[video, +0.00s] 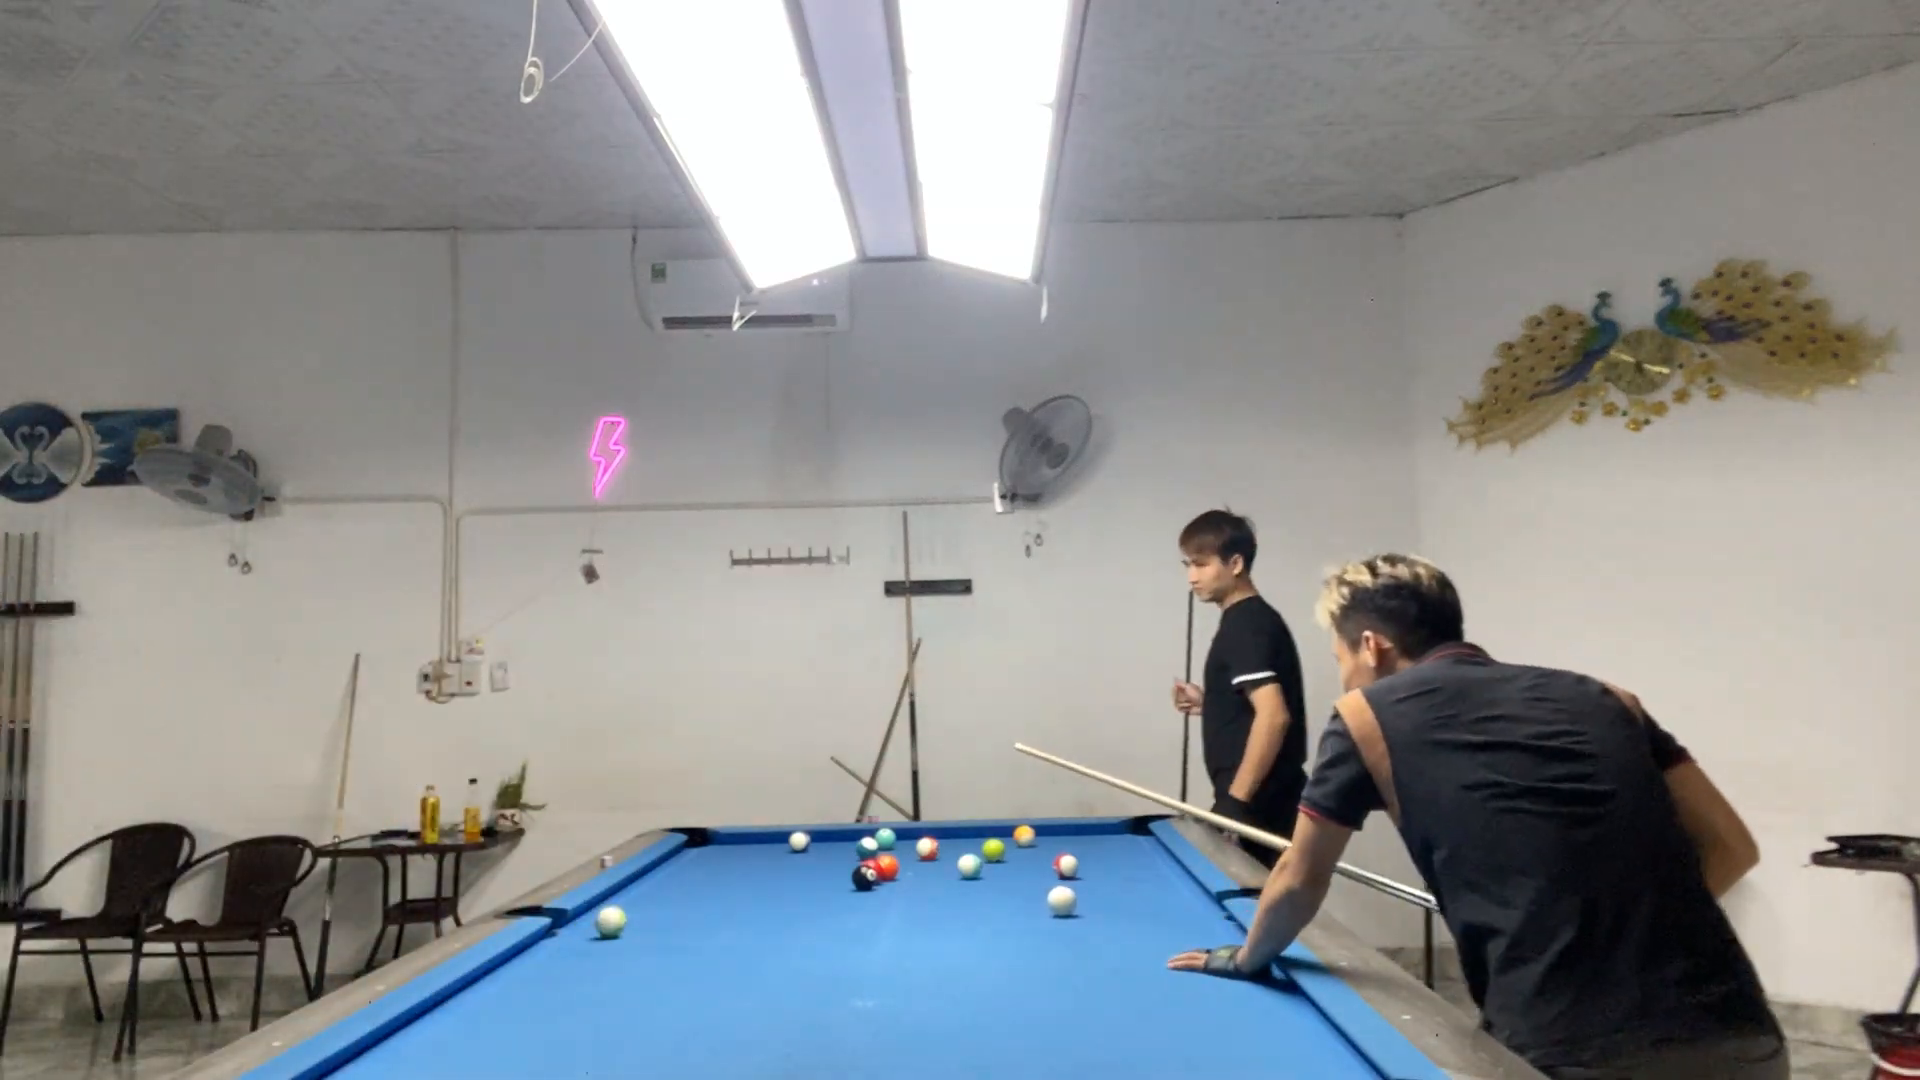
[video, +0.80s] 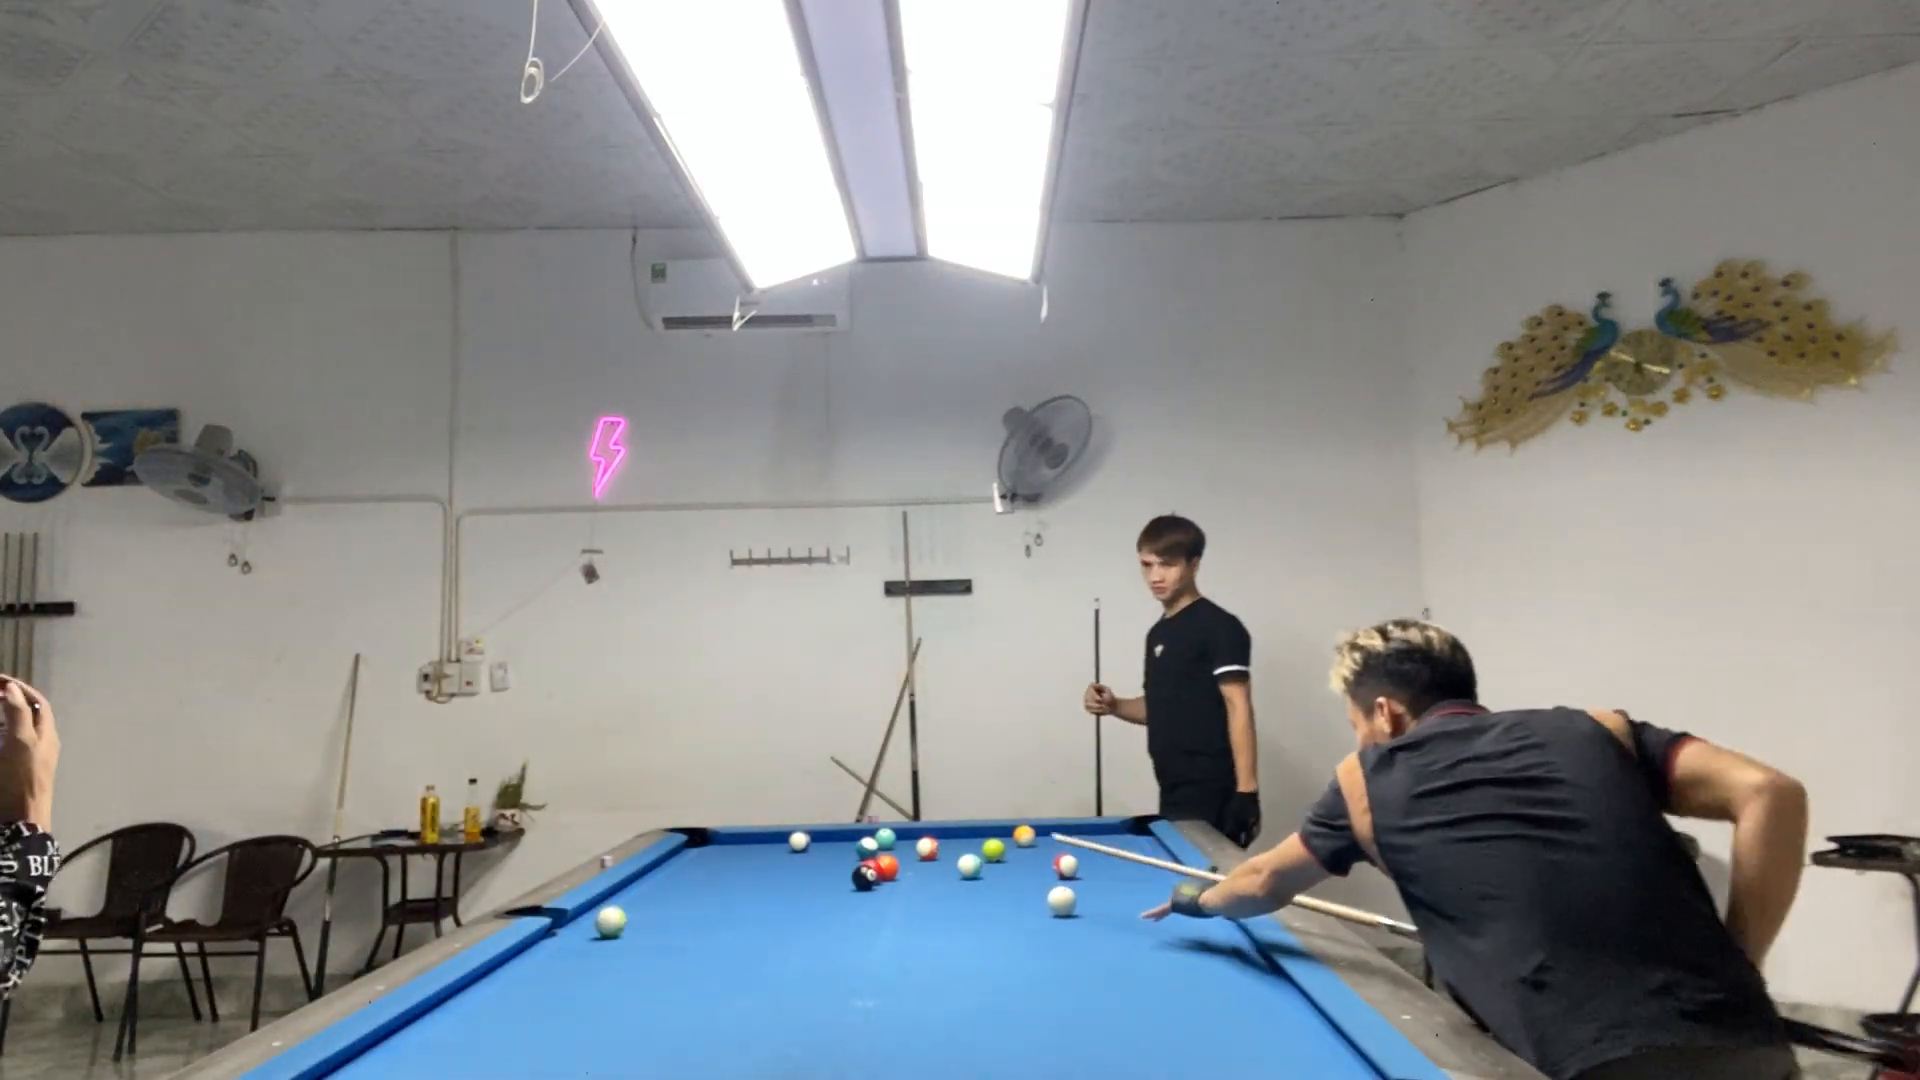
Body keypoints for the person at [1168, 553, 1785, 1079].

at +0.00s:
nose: (1341, 680)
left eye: (1340, 661)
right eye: (1336, 663)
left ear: (1375, 650)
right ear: (1457, 637)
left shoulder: (1369, 715)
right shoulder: (1602, 695)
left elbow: (1299, 878)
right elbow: (1730, 846)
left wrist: (1248, 960)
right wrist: (1635, 919)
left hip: (1567, 1045)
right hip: (1732, 1034)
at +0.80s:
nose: (1354, 740)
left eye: (1353, 721)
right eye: (1351, 722)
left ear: (1384, 715)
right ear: (1465, 700)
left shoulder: (1369, 779)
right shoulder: (1595, 726)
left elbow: (1264, 880)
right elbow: (1771, 795)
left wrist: (1209, 897)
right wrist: (1736, 966)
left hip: (1605, 1058)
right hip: (1751, 1045)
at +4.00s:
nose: (1586, 535)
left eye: (1593, 514)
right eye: (1591, 513)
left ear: (1628, 528)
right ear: (1721, 540)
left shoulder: (1539, 644)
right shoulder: (1821, 686)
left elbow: (1469, 830)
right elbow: (1897, 892)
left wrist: (1405, 960)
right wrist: (1797, 1001)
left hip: (1594, 1042)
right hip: (1775, 1047)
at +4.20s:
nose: (1640, 529)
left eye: (1648, 505)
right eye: (1644, 506)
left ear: (1685, 514)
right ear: (1779, 529)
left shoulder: (1592, 630)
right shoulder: (1880, 687)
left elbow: (1516, 819)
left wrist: (1446, 966)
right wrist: (1858, 994)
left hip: (1632, 1044)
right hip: (1818, 1046)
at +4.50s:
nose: (1676, 538)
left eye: (1683, 515)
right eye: (1681, 515)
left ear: (1718, 524)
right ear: (1809, 545)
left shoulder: (1614, 629)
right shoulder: (1895, 687)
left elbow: (1526, 810)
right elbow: (1919, 879)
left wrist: (1448, 953)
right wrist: (1890, 986)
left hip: (1659, 1037)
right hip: (1843, 1043)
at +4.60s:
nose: (1684, 544)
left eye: (1691, 521)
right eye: (1688, 521)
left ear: (1725, 527)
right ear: (1819, 554)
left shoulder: (1618, 629)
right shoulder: (1900, 690)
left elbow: (1528, 808)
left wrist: (1447, 951)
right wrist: (1891, 990)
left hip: (1658, 1036)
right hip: (1847, 1042)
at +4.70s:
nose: (1689, 549)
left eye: (1697, 526)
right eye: (1693, 527)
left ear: (1732, 531)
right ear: (1828, 559)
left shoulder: (1623, 628)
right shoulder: (1897, 689)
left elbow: (1531, 803)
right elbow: (1907, 875)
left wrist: (1449, 945)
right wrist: (1892, 983)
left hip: (1658, 1036)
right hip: (1847, 1043)